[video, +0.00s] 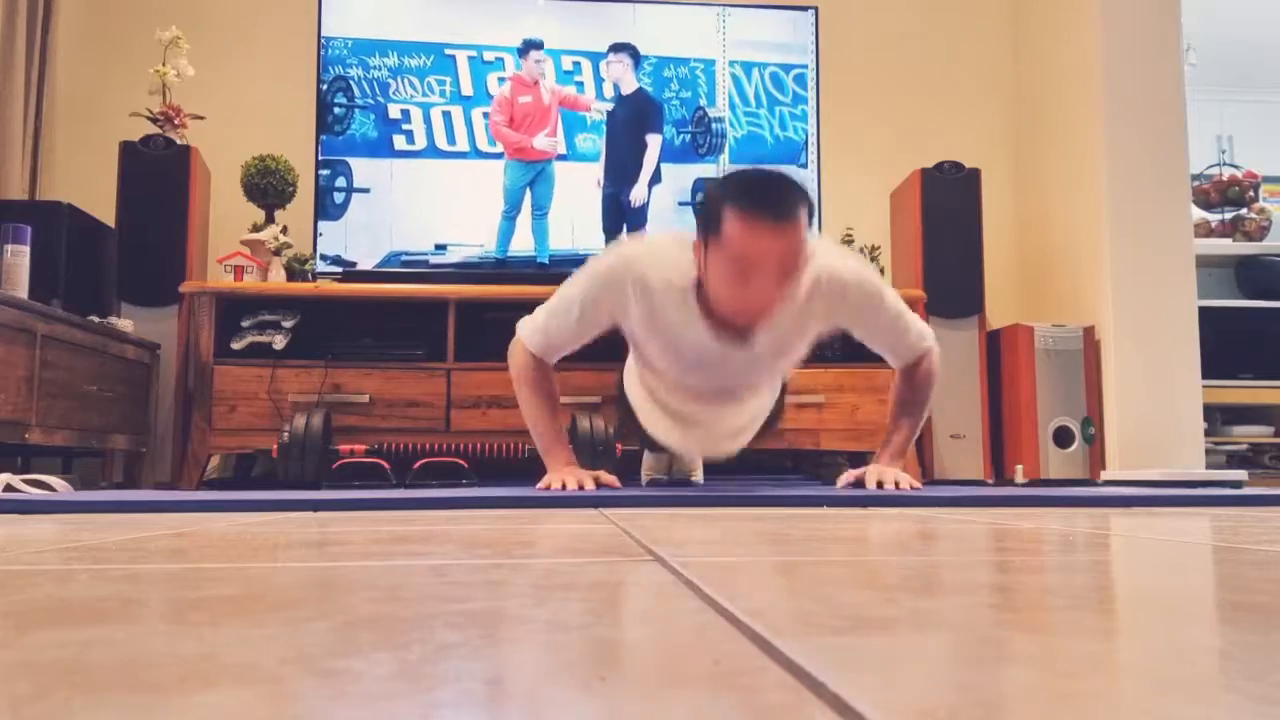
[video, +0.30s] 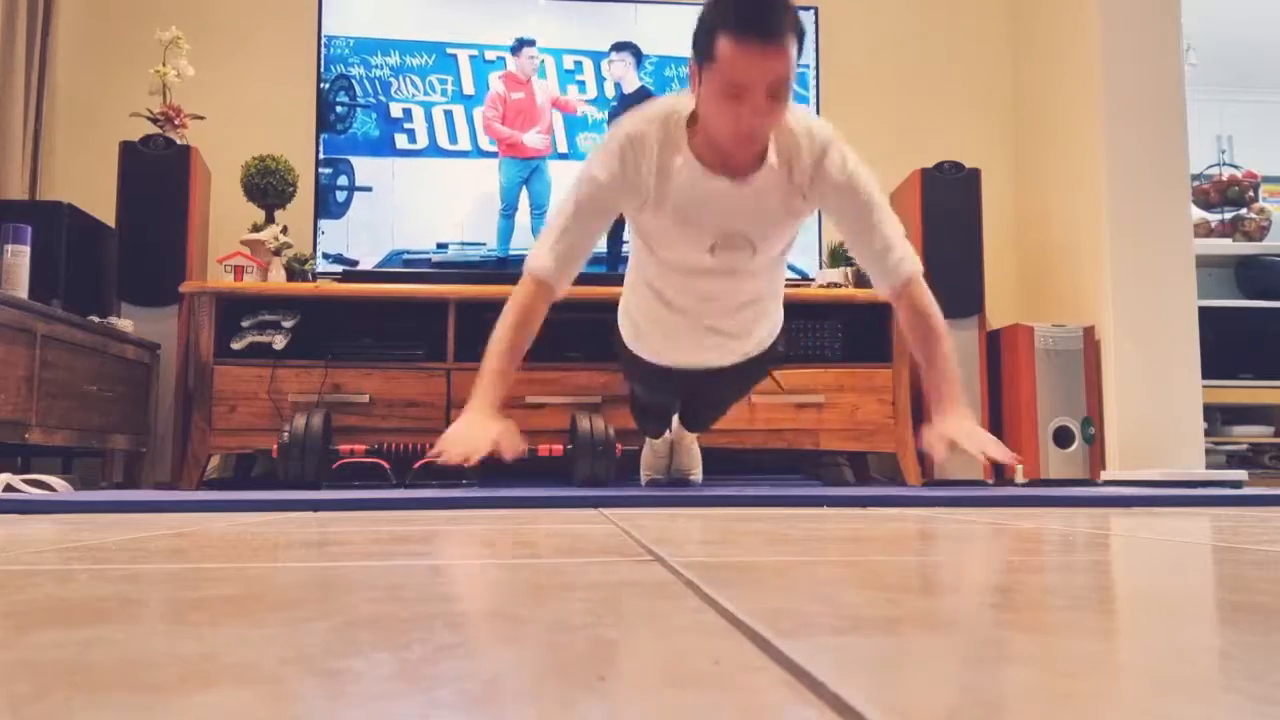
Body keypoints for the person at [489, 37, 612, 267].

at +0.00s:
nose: (542, 66)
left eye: (543, 61)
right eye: (537, 62)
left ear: (544, 61)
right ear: (523, 62)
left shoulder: (549, 89)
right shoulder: (507, 92)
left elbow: (572, 99)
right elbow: (498, 129)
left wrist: (593, 104)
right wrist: (532, 142)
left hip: (545, 163)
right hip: (518, 163)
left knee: (541, 213)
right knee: (510, 212)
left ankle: (543, 260)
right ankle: (500, 258)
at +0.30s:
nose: (535, 62)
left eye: (537, 58)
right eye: (530, 58)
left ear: (538, 59)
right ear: (516, 59)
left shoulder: (542, 87)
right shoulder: (500, 89)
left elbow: (560, 102)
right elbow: (490, 125)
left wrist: (580, 107)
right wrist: (523, 138)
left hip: (539, 160)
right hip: (512, 160)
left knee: (540, 211)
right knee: (508, 210)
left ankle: (544, 257)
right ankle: (502, 255)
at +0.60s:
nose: (526, 59)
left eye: (526, 54)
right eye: (520, 55)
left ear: (527, 56)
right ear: (506, 58)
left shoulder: (533, 86)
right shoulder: (493, 87)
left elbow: (550, 114)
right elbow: (477, 120)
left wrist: (551, 118)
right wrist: (504, 139)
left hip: (536, 158)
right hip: (508, 159)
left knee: (537, 210)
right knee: (507, 210)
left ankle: (546, 258)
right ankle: (503, 257)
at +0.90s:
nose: (527, 57)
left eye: (527, 52)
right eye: (521, 53)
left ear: (530, 56)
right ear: (507, 57)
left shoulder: (535, 87)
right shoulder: (495, 87)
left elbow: (558, 118)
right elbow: (482, 121)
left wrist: (550, 102)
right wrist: (514, 135)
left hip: (538, 156)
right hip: (510, 157)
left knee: (540, 208)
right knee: (509, 208)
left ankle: (548, 253)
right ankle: (506, 253)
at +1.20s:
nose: (532, 61)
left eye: (533, 56)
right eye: (527, 56)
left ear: (531, 58)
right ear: (512, 57)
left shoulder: (534, 85)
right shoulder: (492, 87)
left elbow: (552, 117)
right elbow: (480, 121)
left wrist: (551, 113)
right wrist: (510, 140)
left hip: (536, 157)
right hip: (508, 157)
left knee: (538, 207)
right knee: (507, 207)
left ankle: (547, 257)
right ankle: (504, 255)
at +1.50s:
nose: (535, 58)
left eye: (535, 53)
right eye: (530, 53)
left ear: (532, 55)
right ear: (515, 55)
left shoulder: (537, 83)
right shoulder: (499, 85)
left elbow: (557, 118)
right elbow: (486, 121)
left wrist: (551, 107)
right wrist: (517, 139)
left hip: (539, 156)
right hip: (511, 156)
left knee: (542, 205)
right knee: (506, 206)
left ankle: (536, 256)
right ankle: (499, 255)